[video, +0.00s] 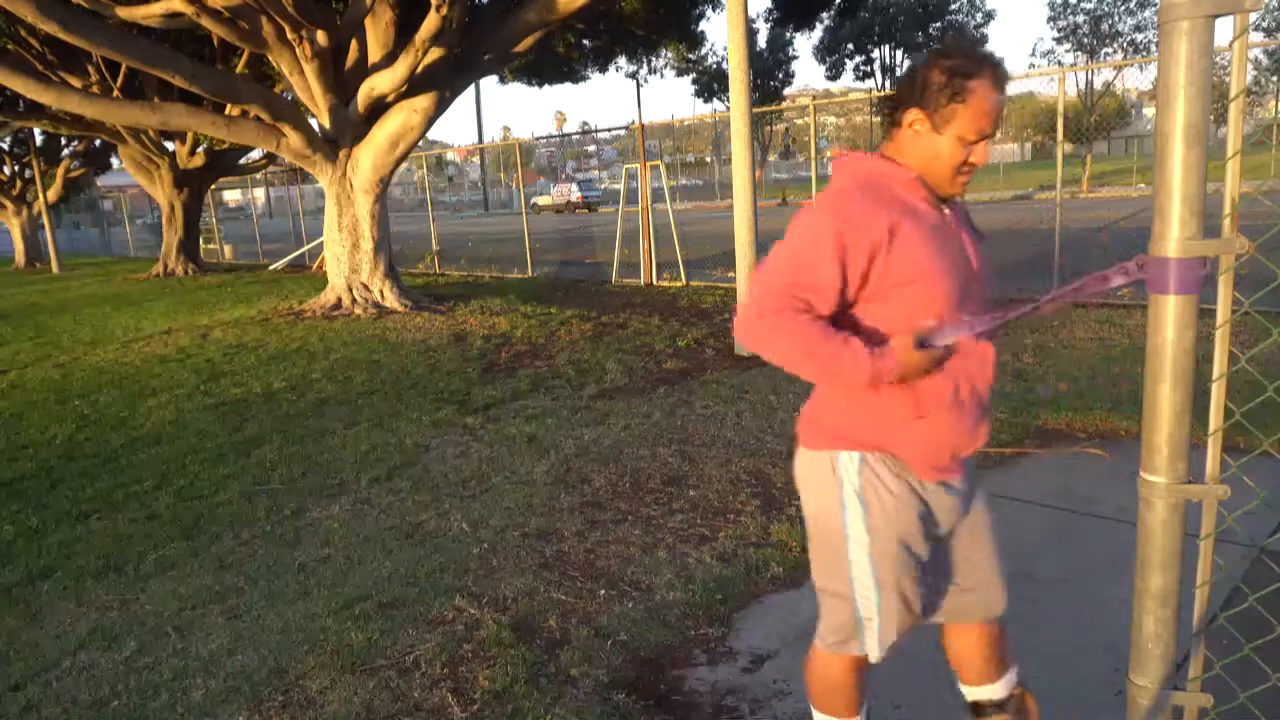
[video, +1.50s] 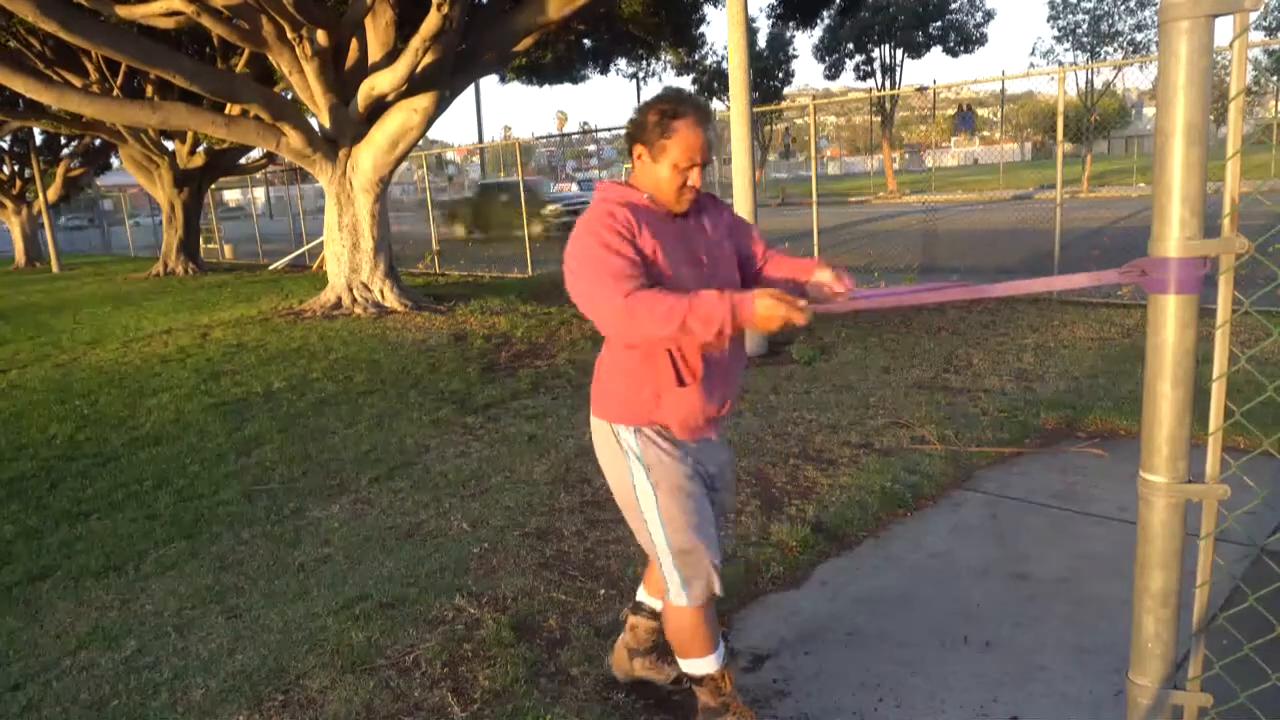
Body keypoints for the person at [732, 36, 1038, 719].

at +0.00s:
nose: (980, 157)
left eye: (986, 142)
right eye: (971, 140)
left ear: (927, 122)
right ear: (915, 123)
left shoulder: (940, 208)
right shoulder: (853, 205)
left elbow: (937, 312)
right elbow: (761, 318)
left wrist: (1005, 315)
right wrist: (878, 365)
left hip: (940, 453)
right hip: (859, 457)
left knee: (975, 605)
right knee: (849, 627)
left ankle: (998, 709)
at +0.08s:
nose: (962, 154)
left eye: (968, 138)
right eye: (953, 137)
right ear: (896, 121)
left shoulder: (924, 210)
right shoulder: (830, 203)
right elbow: (718, 281)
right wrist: (813, 355)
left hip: (926, 451)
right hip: (840, 459)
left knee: (949, 600)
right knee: (842, 626)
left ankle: (949, 708)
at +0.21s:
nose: (927, 158)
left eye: (933, 142)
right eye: (920, 140)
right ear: (866, 122)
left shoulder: (890, 203)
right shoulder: (801, 197)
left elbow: (893, 278)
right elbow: (700, 281)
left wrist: (933, 285)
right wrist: (804, 341)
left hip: (897, 444)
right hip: (825, 451)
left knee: (898, 588)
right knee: (840, 620)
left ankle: (862, 692)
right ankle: (833, 719)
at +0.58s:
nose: (850, 173)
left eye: (856, 160)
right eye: (843, 157)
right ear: (797, 139)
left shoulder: (818, 215)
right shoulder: (737, 205)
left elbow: (812, 305)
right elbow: (684, 312)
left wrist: (860, 311)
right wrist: (803, 323)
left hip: (810, 427)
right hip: (750, 431)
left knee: (814, 582)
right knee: (802, 591)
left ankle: (800, 700)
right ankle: (796, 709)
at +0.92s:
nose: (767, 185)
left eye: (775, 171)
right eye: (757, 169)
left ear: (779, 162)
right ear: (715, 150)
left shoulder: (757, 216)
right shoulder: (661, 215)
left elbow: (775, 294)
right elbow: (606, 318)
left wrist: (809, 299)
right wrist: (717, 336)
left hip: (751, 422)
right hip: (679, 429)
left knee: (778, 558)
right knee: (711, 580)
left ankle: (795, 683)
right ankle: (723, 706)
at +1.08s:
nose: (735, 193)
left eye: (743, 180)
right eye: (726, 179)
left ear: (746, 166)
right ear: (683, 157)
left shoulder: (729, 224)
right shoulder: (628, 217)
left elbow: (747, 290)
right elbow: (566, 315)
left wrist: (776, 302)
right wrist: (670, 339)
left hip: (731, 421)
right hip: (655, 431)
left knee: (766, 541)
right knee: (686, 579)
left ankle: (723, 655)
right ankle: (711, 700)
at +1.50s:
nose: (697, 181)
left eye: (703, 166)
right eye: (684, 167)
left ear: (708, 162)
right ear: (639, 159)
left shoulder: (712, 216)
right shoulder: (603, 228)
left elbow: (760, 262)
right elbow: (626, 314)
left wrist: (810, 275)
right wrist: (740, 310)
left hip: (703, 420)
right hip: (637, 424)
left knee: (696, 543)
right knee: (689, 568)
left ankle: (638, 647)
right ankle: (717, 699)